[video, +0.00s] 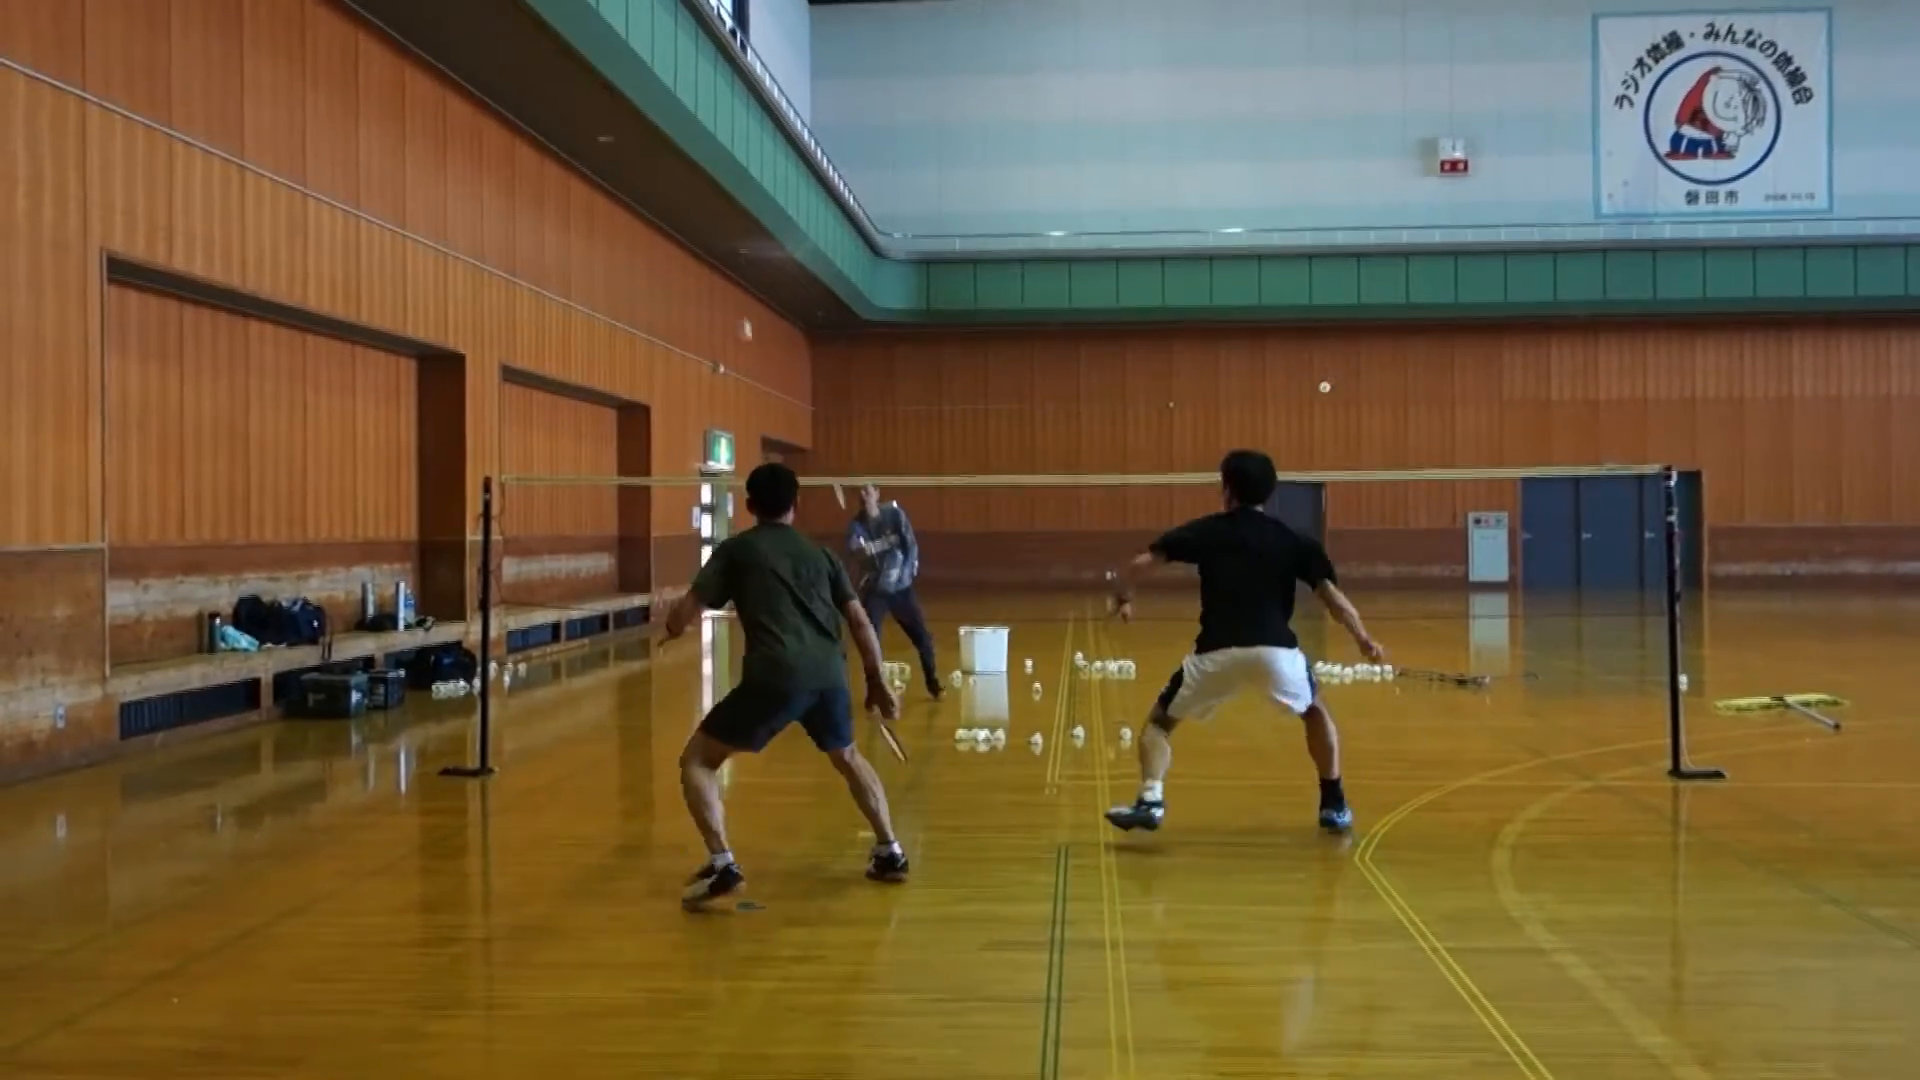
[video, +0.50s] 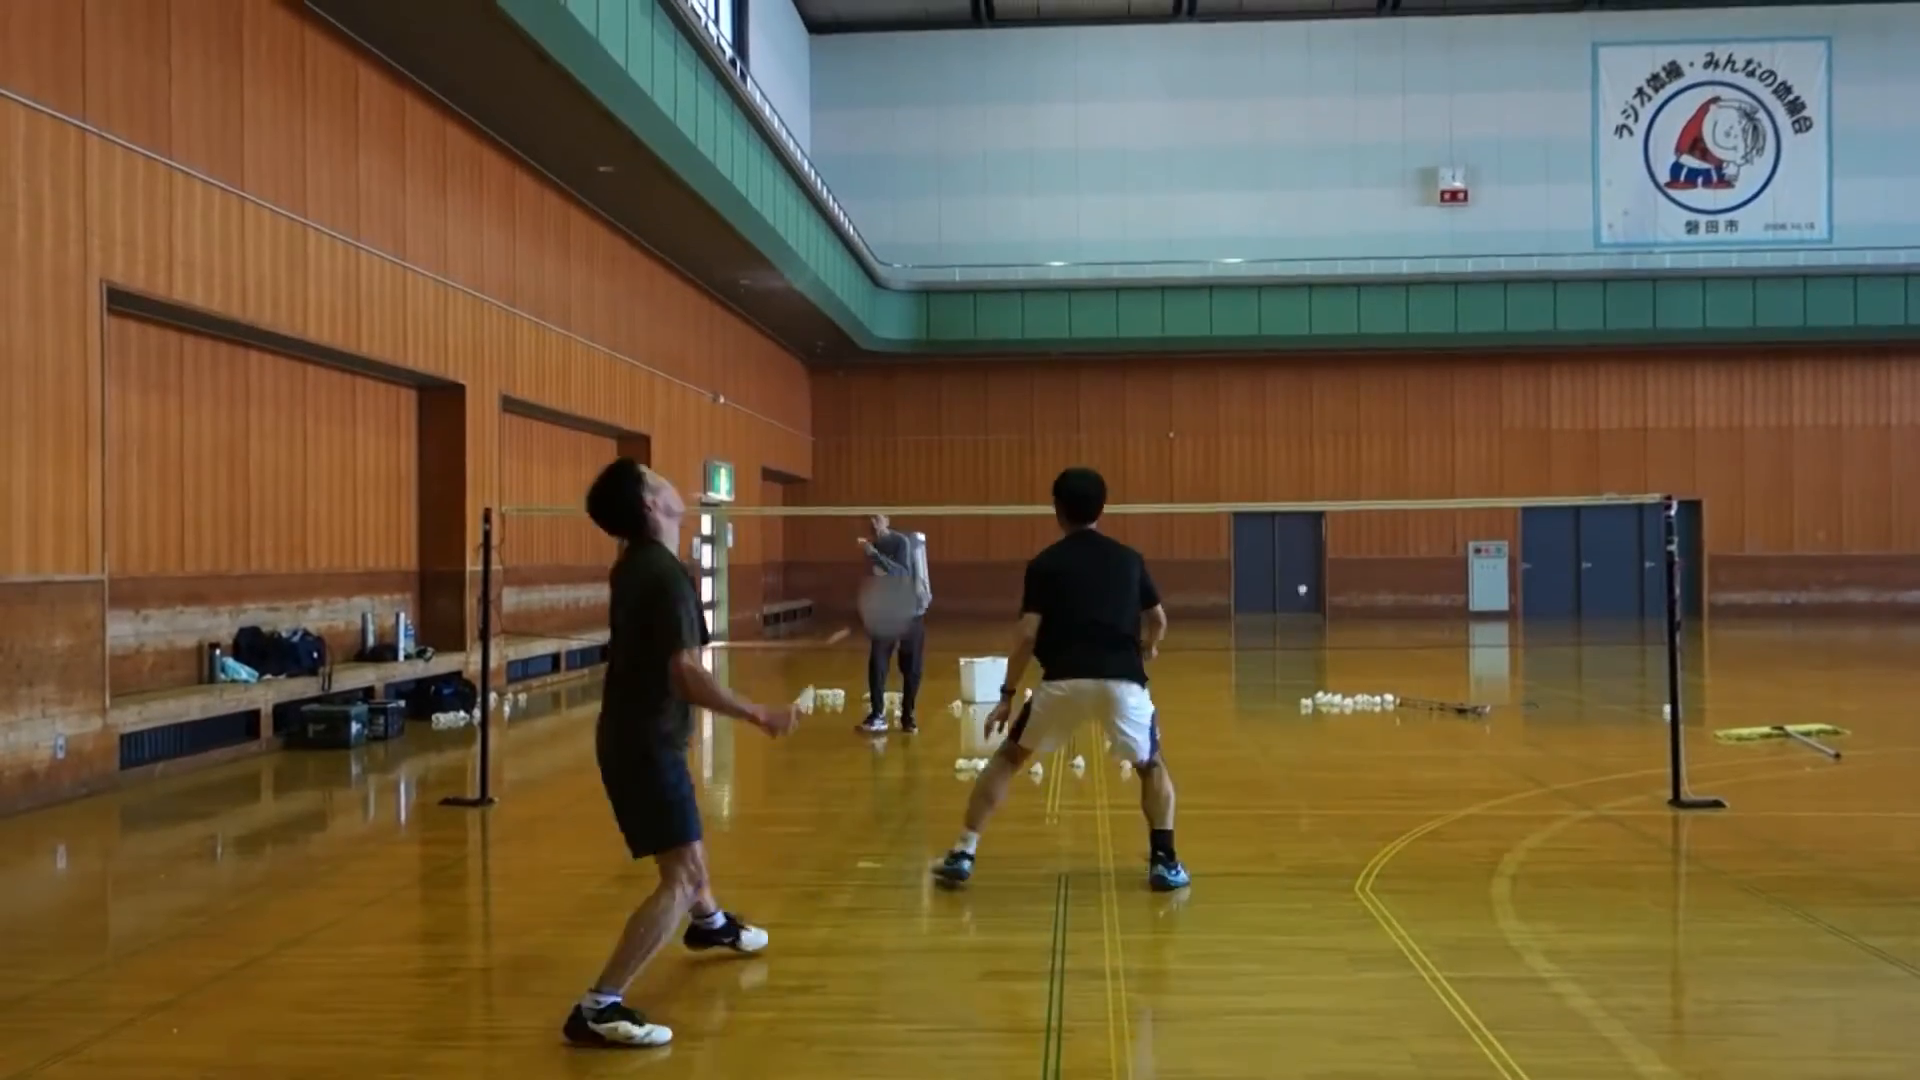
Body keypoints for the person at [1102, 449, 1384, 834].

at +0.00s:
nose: (1220, 489)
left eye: (1222, 484)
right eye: (1222, 483)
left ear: (1228, 488)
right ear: (1268, 492)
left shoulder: (1208, 530)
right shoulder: (1289, 539)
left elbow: (1138, 564)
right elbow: (1332, 596)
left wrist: (1124, 595)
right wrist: (1364, 639)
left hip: (1219, 650)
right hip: (1277, 650)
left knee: (1160, 723)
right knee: (1315, 712)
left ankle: (1150, 800)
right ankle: (1333, 804)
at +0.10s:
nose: (1184, 500)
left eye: (1187, 494)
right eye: (1187, 493)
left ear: (1195, 501)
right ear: (1232, 504)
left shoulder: (1174, 551)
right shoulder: (1258, 548)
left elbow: (1128, 599)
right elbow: (1311, 595)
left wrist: (1106, 619)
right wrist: (1337, 609)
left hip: (1192, 667)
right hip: (1253, 665)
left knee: (1136, 740)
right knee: (1295, 728)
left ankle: (1080, 818)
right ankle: (1329, 818)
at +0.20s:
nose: (1138, 510)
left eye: (1143, 503)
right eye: (1142, 503)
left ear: (1155, 510)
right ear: (1186, 513)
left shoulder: (1126, 563)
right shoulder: (1213, 562)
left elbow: (1102, 626)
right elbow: (1245, 622)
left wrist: (1108, 656)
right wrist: (1266, 644)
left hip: (1151, 683)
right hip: (1214, 682)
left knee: (1099, 745)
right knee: (1267, 752)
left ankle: (1065, 830)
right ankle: (1322, 826)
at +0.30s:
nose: (1103, 502)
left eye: (1106, 495)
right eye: (1105, 494)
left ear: (1117, 502)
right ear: (1152, 505)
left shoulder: (1091, 553)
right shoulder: (1174, 552)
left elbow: (1078, 622)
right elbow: (1205, 619)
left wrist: (1081, 665)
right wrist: (1210, 659)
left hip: (1113, 672)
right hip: (1171, 670)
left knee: (1080, 749)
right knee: (1224, 744)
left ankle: (1063, 835)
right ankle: (1264, 832)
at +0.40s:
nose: (1081, 499)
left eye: (1082, 493)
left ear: (1085, 497)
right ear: (1127, 499)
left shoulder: (1070, 548)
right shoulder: (1152, 547)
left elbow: (1057, 624)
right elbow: (1178, 615)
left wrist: (1042, 681)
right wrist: (1170, 652)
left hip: (1086, 665)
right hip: (1147, 664)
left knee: (1053, 749)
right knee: (1178, 742)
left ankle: (1034, 838)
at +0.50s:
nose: (1059, 509)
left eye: (1057, 503)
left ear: (1058, 508)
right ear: (1102, 509)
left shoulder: (1044, 564)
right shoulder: (1128, 559)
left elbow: (1027, 634)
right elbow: (1155, 619)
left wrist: (1007, 694)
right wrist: (1141, 658)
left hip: (1063, 680)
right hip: (1122, 680)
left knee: (1008, 759)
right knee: (1152, 766)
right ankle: (1164, 862)